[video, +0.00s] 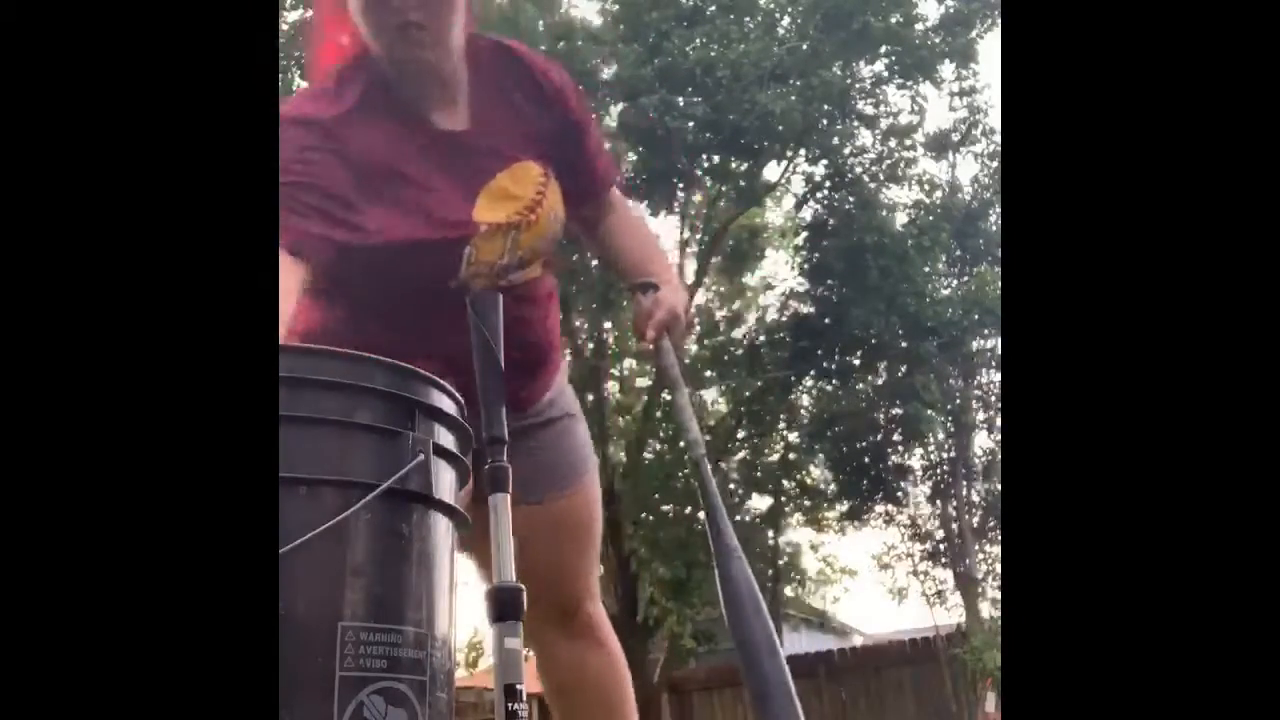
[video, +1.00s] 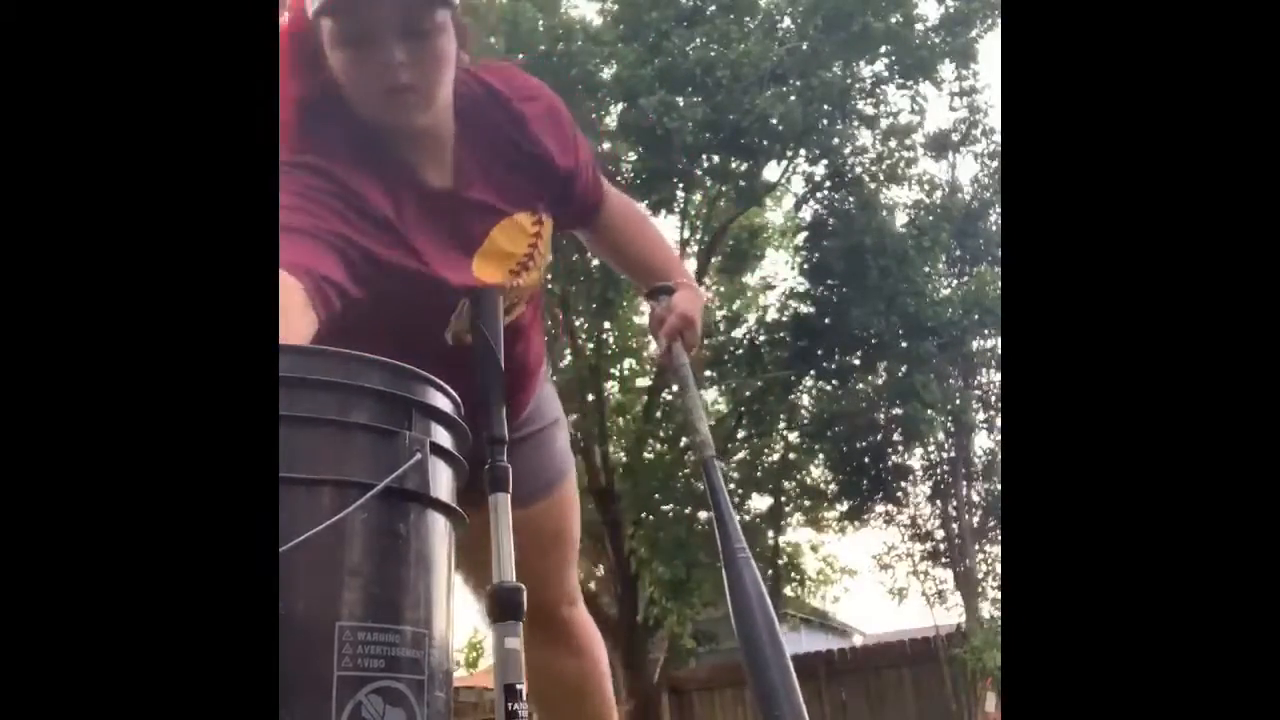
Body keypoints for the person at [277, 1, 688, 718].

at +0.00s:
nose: (410, 7)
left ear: (467, 3)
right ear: (353, 11)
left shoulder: (532, 87)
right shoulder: (310, 130)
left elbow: (601, 207)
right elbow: (285, 275)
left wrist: (660, 278)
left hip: (524, 403)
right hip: (370, 413)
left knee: (574, 617)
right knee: (357, 638)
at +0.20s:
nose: (373, 38)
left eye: (392, 8)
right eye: (337, 16)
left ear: (429, 10)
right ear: (300, 34)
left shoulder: (496, 76)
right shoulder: (309, 156)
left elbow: (591, 184)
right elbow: (283, 296)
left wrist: (663, 264)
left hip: (505, 378)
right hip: (366, 396)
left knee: (547, 593)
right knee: (340, 609)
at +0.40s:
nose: (384, 48)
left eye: (401, 17)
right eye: (347, 29)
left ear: (438, 17)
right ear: (311, 55)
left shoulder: (501, 81)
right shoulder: (313, 166)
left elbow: (590, 186)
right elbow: (285, 289)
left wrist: (665, 265)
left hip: (507, 382)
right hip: (367, 402)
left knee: (555, 595)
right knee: (344, 614)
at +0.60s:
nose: (423, 21)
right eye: (393, 6)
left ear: (474, 3)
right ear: (354, 24)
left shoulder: (535, 92)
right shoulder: (306, 132)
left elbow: (609, 203)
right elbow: (278, 267)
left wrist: (687, 279)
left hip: (522, 402)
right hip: (360, 413)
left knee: (577, 612)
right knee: (338, 630)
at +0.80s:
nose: (426, 26)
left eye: (445, 0)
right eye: (393, 7)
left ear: (481, 11)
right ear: (355, 27)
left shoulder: (533, 101)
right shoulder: (334, 149)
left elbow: (607, 214)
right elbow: (294, 249)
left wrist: (684, 286)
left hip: (531, 404)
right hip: (388, 416)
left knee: (576, 614)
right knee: (369, 634)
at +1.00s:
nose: (394, 61)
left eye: (417, 31)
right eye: (358, 40)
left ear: (455, 25)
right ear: (323, 50)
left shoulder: (517, 110)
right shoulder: (317, 169)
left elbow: (596, 204)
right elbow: (289, 295)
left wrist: (677, 281)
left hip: (510, 395)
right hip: (369, 408)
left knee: (554, 614)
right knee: (350, 627)